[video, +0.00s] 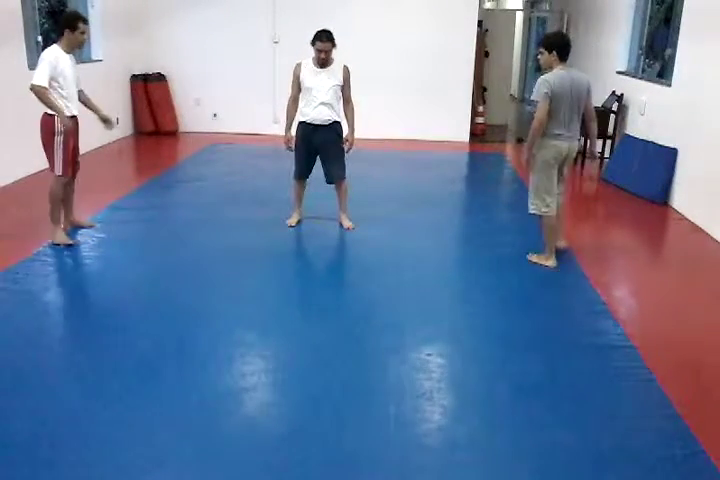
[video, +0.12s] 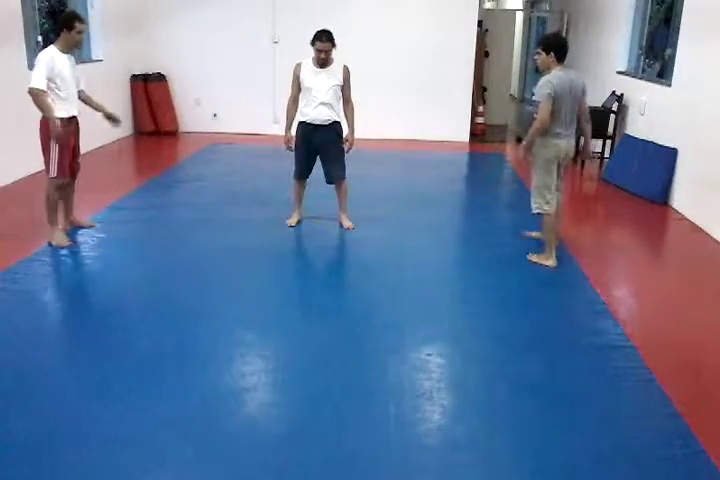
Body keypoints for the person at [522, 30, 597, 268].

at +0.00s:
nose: (539, 58)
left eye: (541, 53)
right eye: (539, 53)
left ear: (553, 55)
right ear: (563, 55)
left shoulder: (547, 81)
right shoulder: (582, 80)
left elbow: (540, 120)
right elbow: (590, 117)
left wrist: (528, 148)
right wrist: (593, 147)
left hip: (550, 143)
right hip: (570, 144)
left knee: (546, 199)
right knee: (558, 192)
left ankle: (549, 253)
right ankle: (559, 237)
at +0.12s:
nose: (536, 58)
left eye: (539, 54)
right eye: (537, 54)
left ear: (551, 56)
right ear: (560, 56)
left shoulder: (547, 82)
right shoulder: (577, 81)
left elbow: (543, 120)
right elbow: (584, 117)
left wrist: (526, 142)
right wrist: (587, 145)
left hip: (548, 143)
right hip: (568, 143)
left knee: (546, 198)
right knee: (555, 192)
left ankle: (549, 253)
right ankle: (550, 233)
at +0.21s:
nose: (534, 59)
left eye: (538, 55)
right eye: (534, 55)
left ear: (550, 56)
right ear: (556, 56)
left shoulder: (550, 82)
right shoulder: (570, 79)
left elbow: (546, 121)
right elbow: (577, 118)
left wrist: (525, 146)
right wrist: (580, 147)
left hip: (550, 142)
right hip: (566, 141)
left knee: (546, 196)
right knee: (551, 189)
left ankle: (550, 252)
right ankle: (545, 231)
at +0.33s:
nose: (533, 59)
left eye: (536, 54)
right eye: (533, 54)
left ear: (549, 54)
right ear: (552, 55)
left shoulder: (553, 79)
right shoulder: (562, 76)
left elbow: (554, 118)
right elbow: (560, 115)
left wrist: (537, 145)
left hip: (555, 138)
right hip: (561, 136)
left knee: (541, 190)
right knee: (547, 186)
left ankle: (554, 242)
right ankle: (545, 231)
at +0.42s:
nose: (533, 57)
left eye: (537, 52)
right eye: (533, 52)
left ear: (549, 52)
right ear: (548, 53)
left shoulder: (557, 77)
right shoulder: (552, 75)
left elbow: (562, 113)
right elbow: (558, 110)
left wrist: (546, 126)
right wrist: (544, 122)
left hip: (555, 135)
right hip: (551, 133)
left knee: (542, 188)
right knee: (545, 185)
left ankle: (559, 237)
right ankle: (545, 231)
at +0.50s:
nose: (533, 56)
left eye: (537, 51)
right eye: (533, 51)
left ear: (550, 51)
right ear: (548, 52)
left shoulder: (560, 75)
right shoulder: (551, 75)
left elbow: (565, 107)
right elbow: (554, 107)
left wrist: (562, 135)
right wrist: (544, 133)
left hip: (555, 133)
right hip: (547, 131)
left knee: (542, 187)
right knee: (543, 186)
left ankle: (565, 231)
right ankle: (544, 231)